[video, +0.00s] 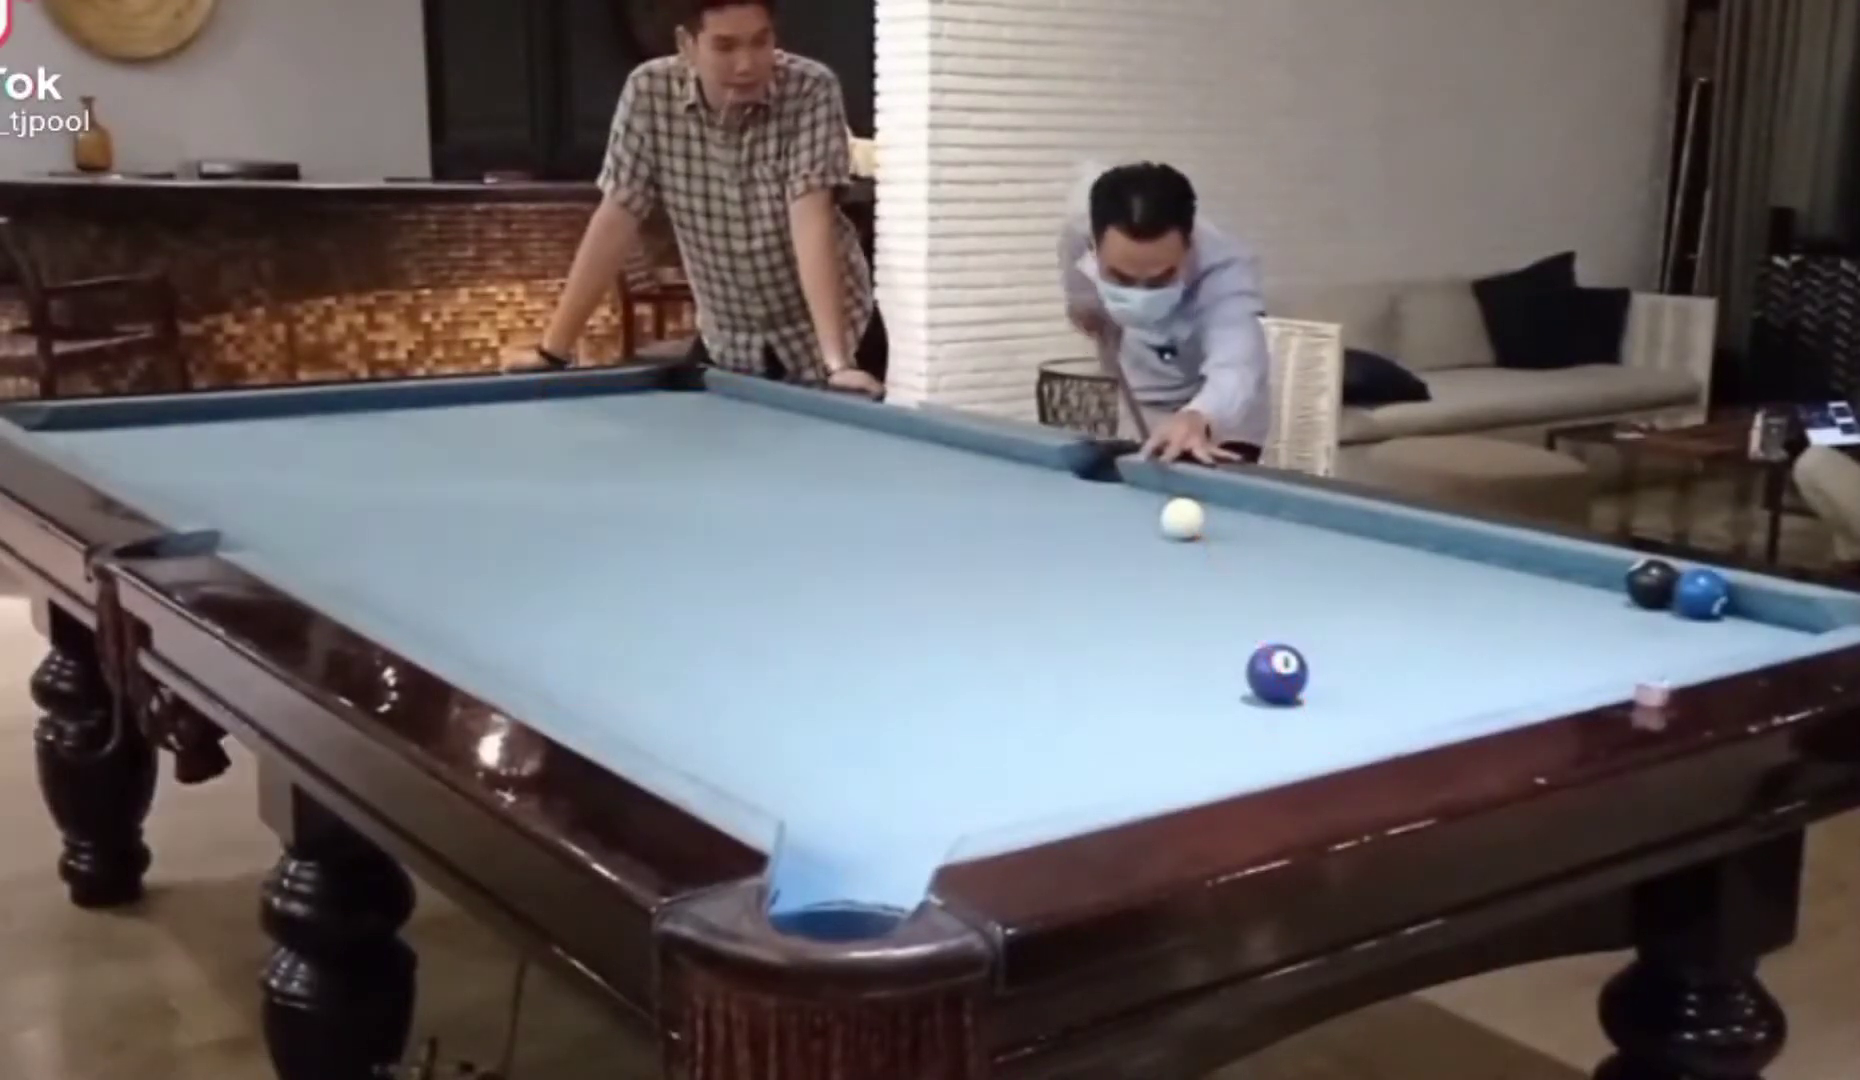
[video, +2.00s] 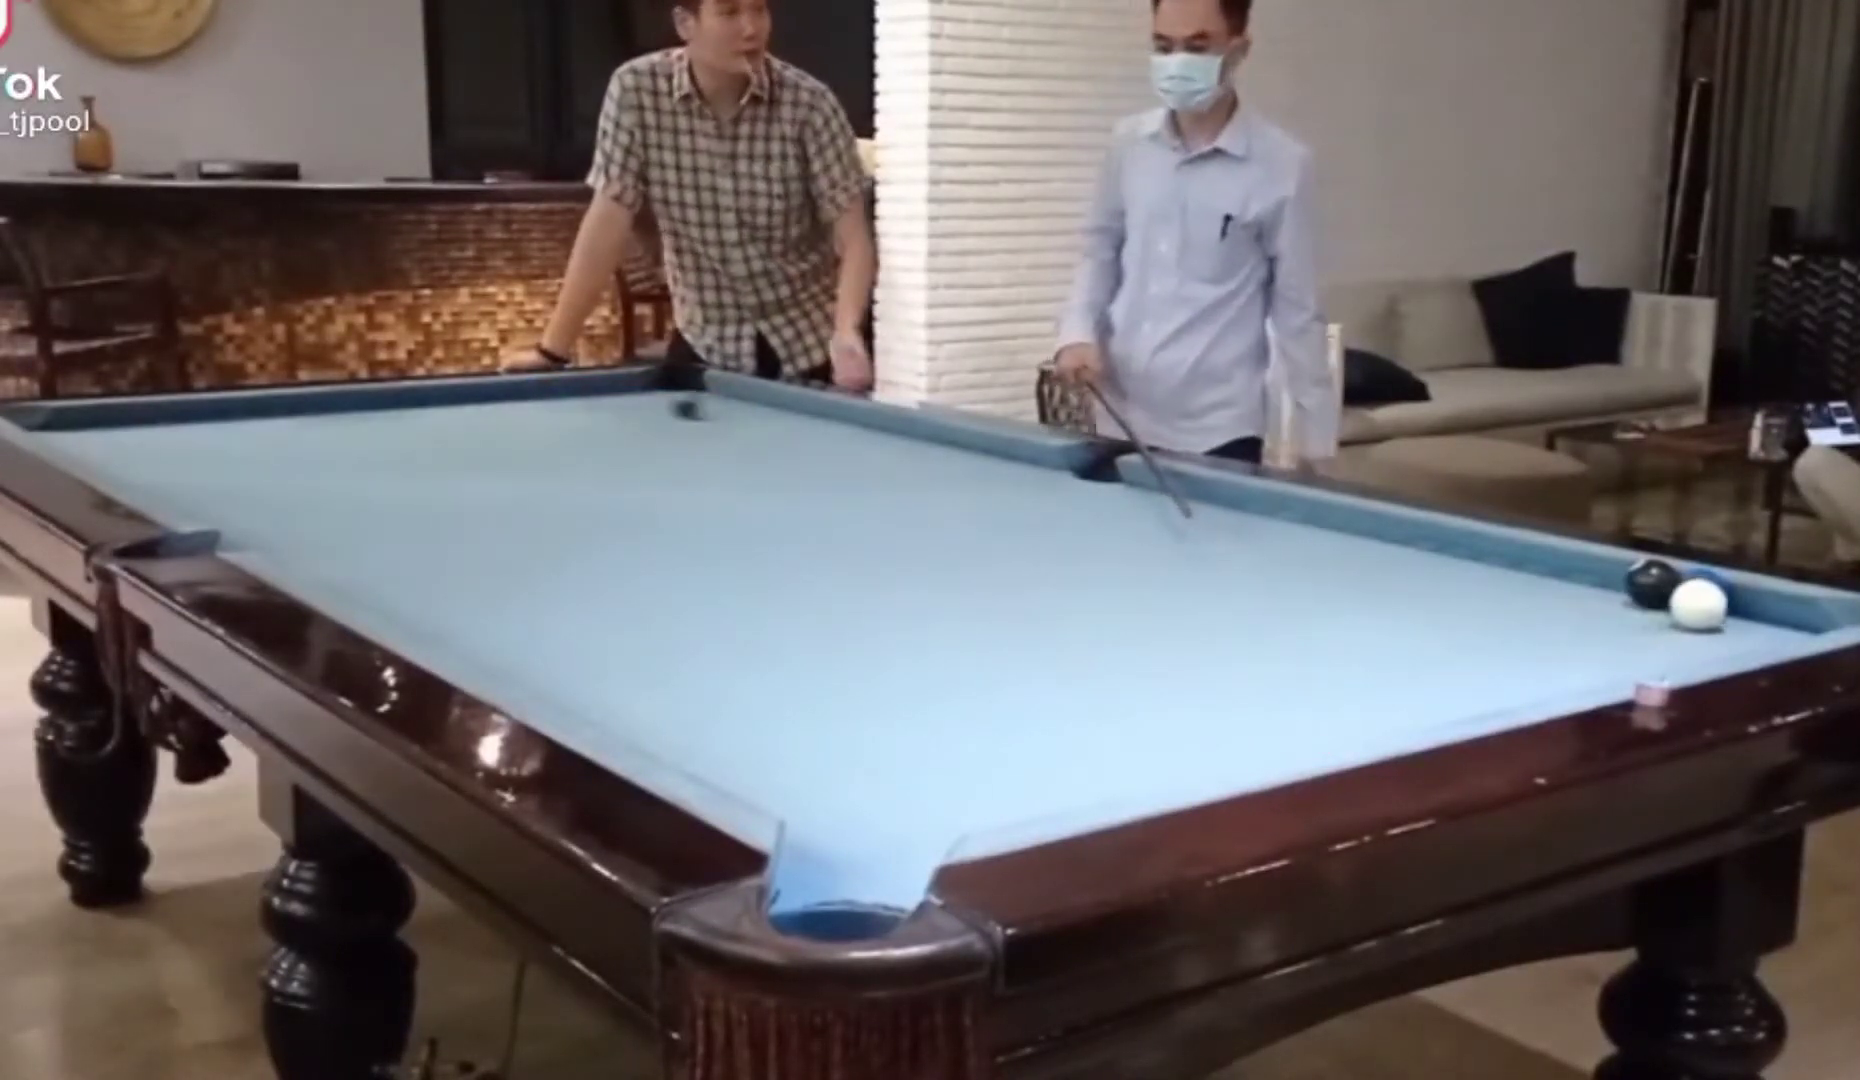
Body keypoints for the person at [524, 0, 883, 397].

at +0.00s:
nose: (746, 65)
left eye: (760, 42)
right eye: (724, 47)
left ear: (775, 36)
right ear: (687, 46)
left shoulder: (810, 89)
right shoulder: (650, 92)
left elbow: (811, 212)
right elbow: (618, 214)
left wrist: (838, 363)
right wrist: (553, 351)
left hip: (832, 343)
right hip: (728, 345)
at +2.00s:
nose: (750, 28)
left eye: (759, 11)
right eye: (729, 12)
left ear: (772, 15)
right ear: (685, 23)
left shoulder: (809, 104)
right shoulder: (637, 91)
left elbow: (854, 237)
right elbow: (609, 217)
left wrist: (847, 333)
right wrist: (553, 350)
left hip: (811, 338)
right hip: (704, 339)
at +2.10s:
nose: (757, 29)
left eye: (765, 13)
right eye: (737, 15)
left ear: (777, 19)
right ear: (691, 23)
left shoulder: (811, 101)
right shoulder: (638, 90)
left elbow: (858, 225)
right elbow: (610, 214)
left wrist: (836, 288)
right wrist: (553, 350)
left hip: (814, 342)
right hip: (701, 345)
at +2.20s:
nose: (766, 31)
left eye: (774, 14)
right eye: (745, 16)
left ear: (784, 19)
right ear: (698, 24)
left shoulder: (813, 102)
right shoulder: (642, 88)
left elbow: (858, 228)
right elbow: (610, 217)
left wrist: (832, 248)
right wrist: (552, 350)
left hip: (816, 336)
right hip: (702, 341)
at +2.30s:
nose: (772, 35)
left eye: (779, 17)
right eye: (751, 19)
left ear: (789, 21)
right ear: (704, 25)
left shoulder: (814, 100)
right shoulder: (645, 87)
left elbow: (852, 247)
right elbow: (610, 218)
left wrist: (820, 202)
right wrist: (552, 351)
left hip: (815, 333)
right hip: (701, 339)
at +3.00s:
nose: (767, 40)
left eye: (777, 23)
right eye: (746, 23)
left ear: (788, 26)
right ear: (703, 26)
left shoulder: (812, 101)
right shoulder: (649, 89)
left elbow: (845, 222)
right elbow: (612, 218)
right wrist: (552, 352)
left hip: (808, 335)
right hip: (701, 344)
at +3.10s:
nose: (762, 38)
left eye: (772, 20)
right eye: (741, 20)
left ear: (783, 25)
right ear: (697, 24)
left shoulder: (810, 101)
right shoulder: (646, 90)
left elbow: (839, 212)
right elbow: (611, 218)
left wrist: (842, 307)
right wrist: (552, 351)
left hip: (808, 338)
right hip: (702, 345)